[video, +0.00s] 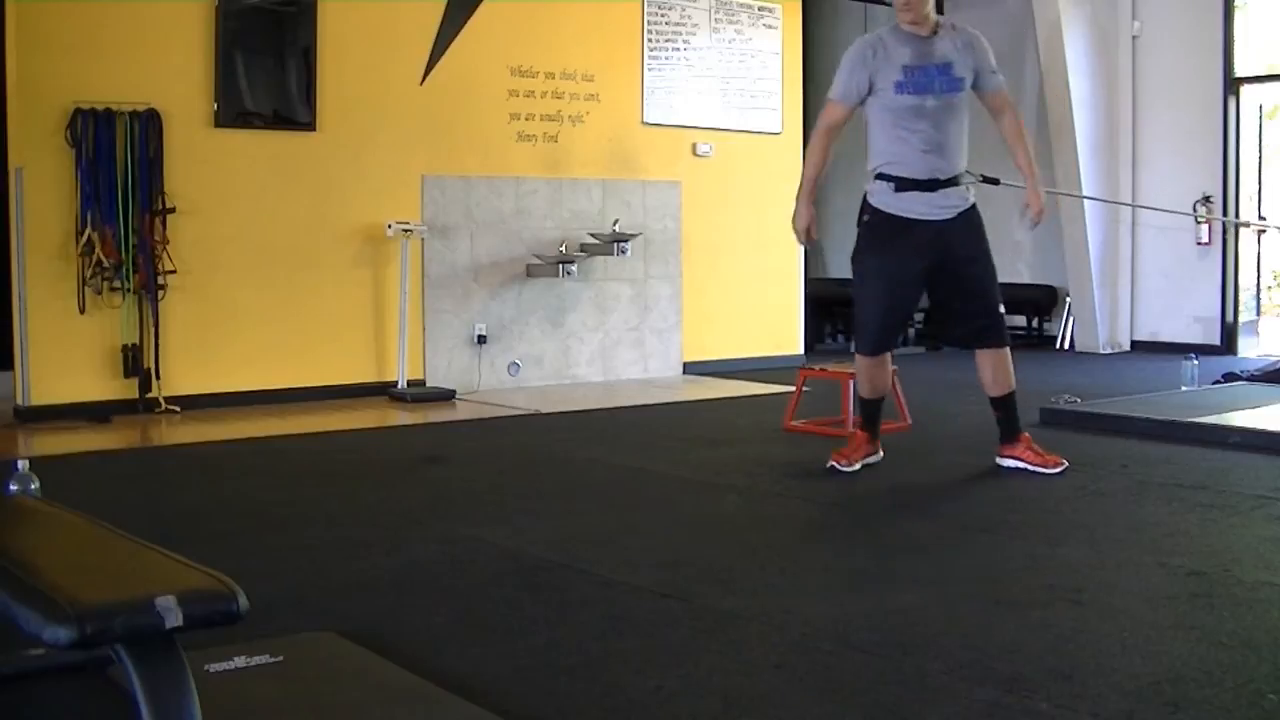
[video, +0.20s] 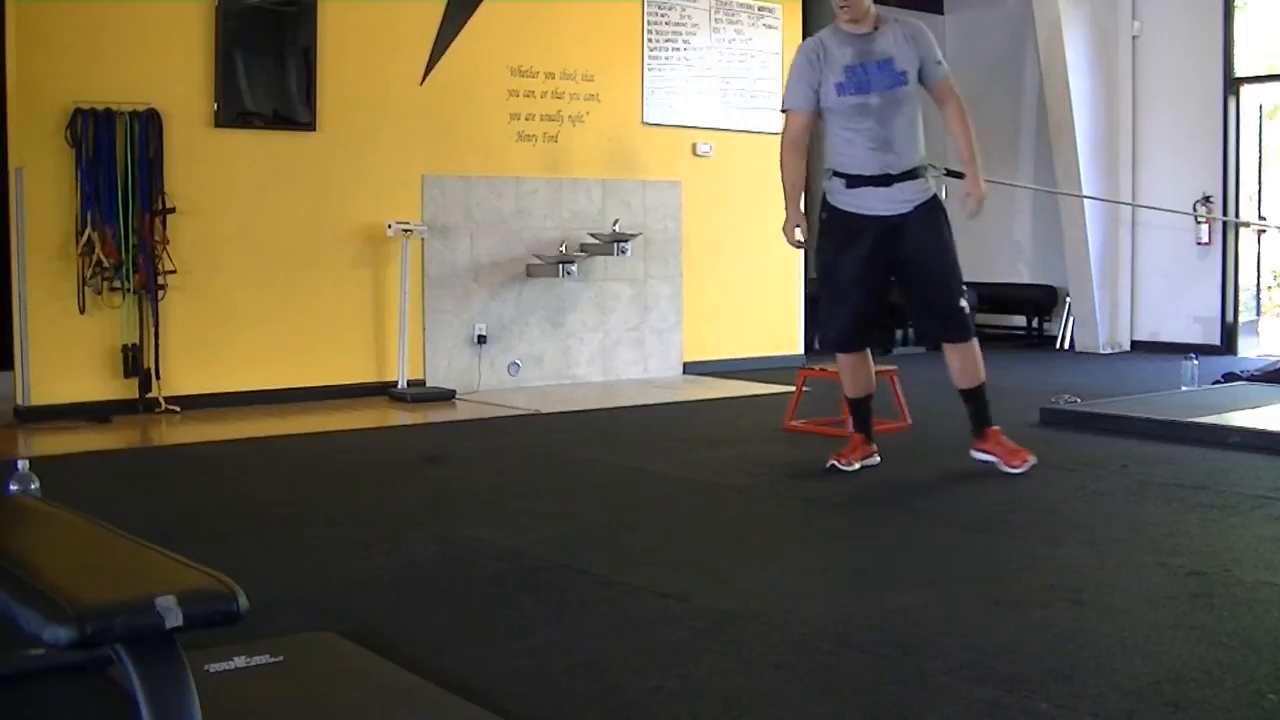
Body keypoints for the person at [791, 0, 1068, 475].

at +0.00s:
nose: (909, 2)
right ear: (890, 1)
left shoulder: (968, 44)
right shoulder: (870, 50)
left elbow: (1003, 109)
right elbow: (826, 127)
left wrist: (1031, 180)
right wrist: (804, 198)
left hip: (956, 215)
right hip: (889, 216)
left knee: (989, 327)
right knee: (872, 337)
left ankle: (1013, 442)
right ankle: (867, 440)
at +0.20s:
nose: (848, 3)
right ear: (830, 4)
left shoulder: (913, 36)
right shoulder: (813, 54)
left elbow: (948, 100)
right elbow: (795, 135)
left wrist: (970, 171)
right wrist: (794, 204)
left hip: (917, 207)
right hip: (848, 212)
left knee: (952, 319)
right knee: (848, 330)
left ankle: (984, 434)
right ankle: (861, 440)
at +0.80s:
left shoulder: (881, 33)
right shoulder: (781, 37)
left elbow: (912, 91)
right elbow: (742, 116)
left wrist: (903, 150)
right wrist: (725, 191)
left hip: (859, 205)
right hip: (791, 203)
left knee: (869, 325)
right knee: (778, 322)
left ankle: (876, 445)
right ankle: (787, 422)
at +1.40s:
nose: (761, 5)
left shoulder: (789, 34)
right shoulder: (692, 50)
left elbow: (810, 87)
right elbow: (655, 125)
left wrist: (819, 154)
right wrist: (652, 189)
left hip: (788, 211)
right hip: (720, 212)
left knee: (821, 330)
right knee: (716, 338)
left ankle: (858, 445)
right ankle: (710, 463)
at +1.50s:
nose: (758, 1)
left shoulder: (770, 23)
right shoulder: (679, 41)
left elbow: (792, 82)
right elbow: (648, 120)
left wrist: (813, 142)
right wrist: (647, 181)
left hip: (775, 207)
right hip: (708, 209)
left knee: (806, 330)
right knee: (709, 338)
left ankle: (835, 448)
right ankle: (709, 464)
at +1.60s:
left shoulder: (763, 19)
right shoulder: (674, 32)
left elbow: (780, 85)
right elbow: (643, 117)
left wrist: (810, 137)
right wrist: (647, 186)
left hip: (768, 203)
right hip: (703, 205)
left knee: (791, 329)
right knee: (708, 338)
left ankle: (803, 452)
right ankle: (709, 464)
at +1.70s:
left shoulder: (762, 20)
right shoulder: (678, 25)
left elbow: (775, 91)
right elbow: (643, 115)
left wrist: (810, 144)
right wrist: (648, 193)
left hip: (765, 202)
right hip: (703, 202)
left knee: (782, 331)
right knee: (708, 338)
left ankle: (799, 453)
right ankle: (709, 464)